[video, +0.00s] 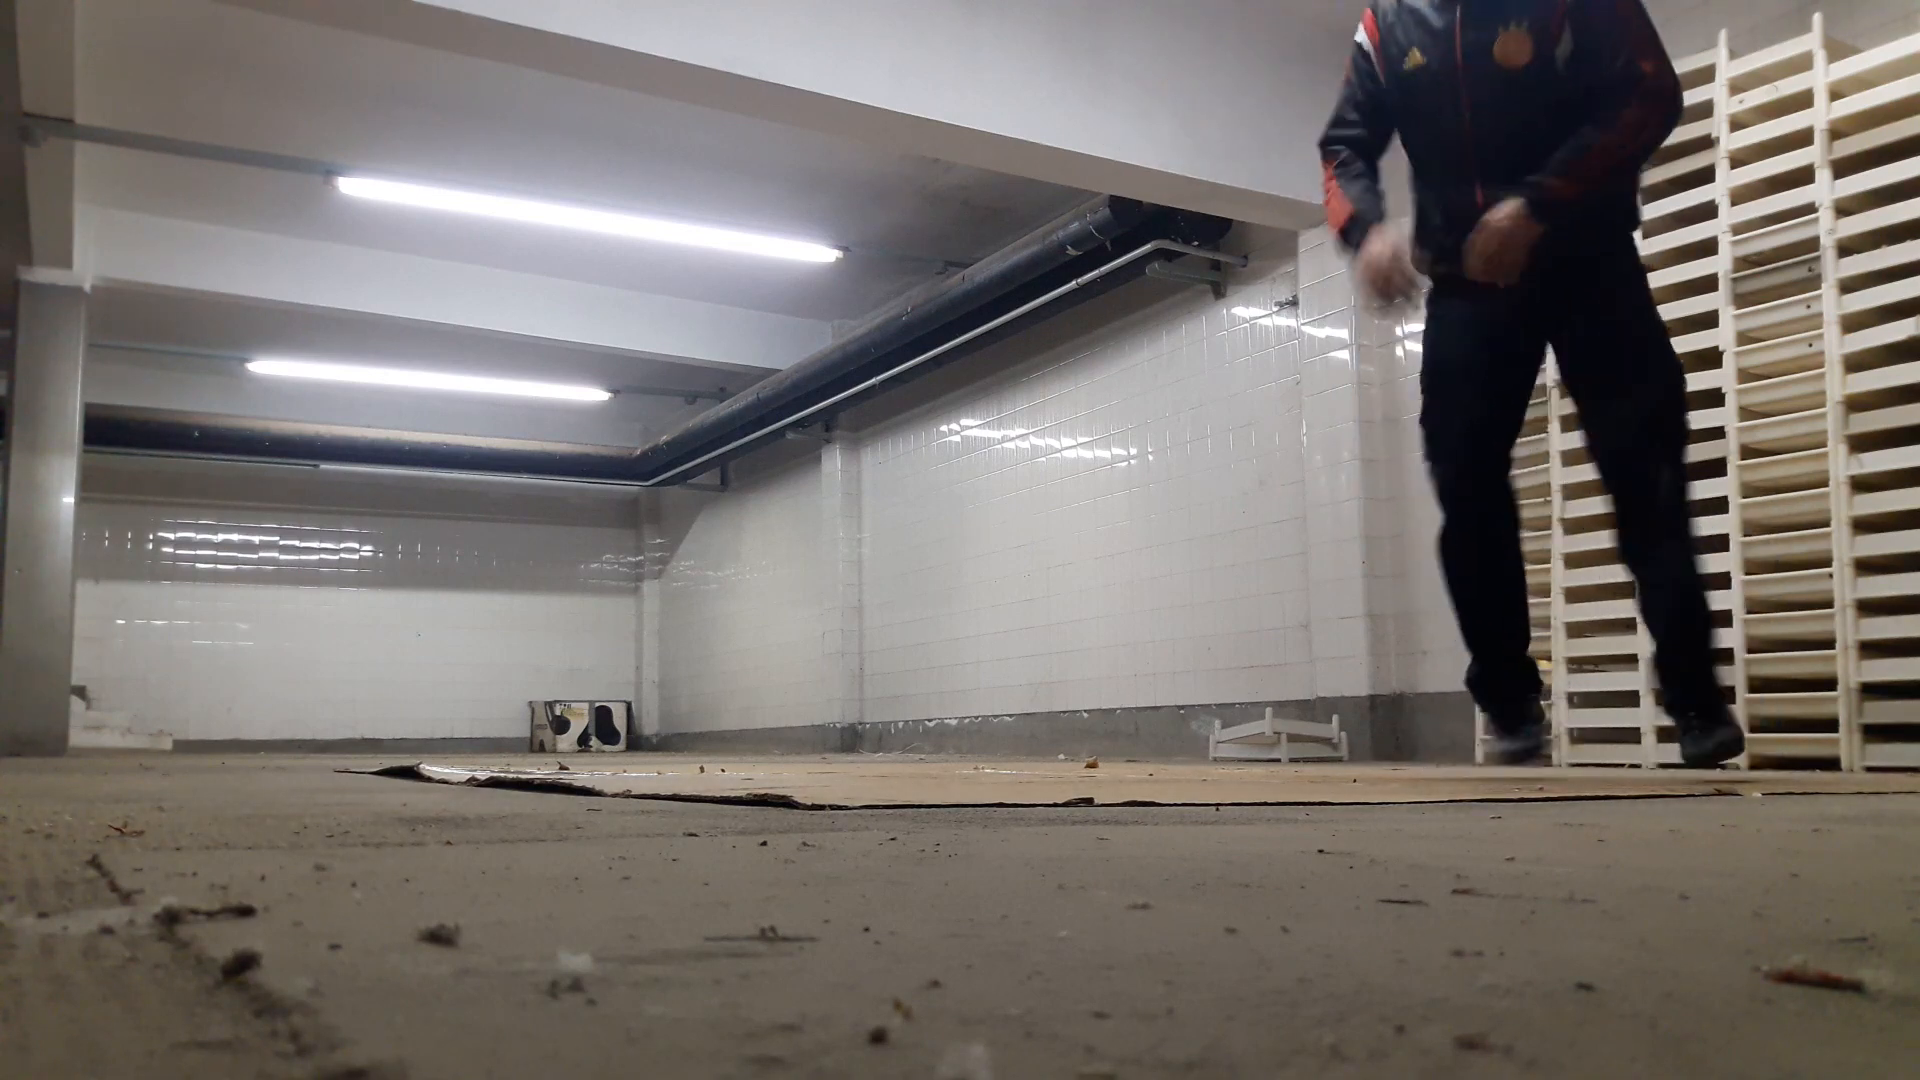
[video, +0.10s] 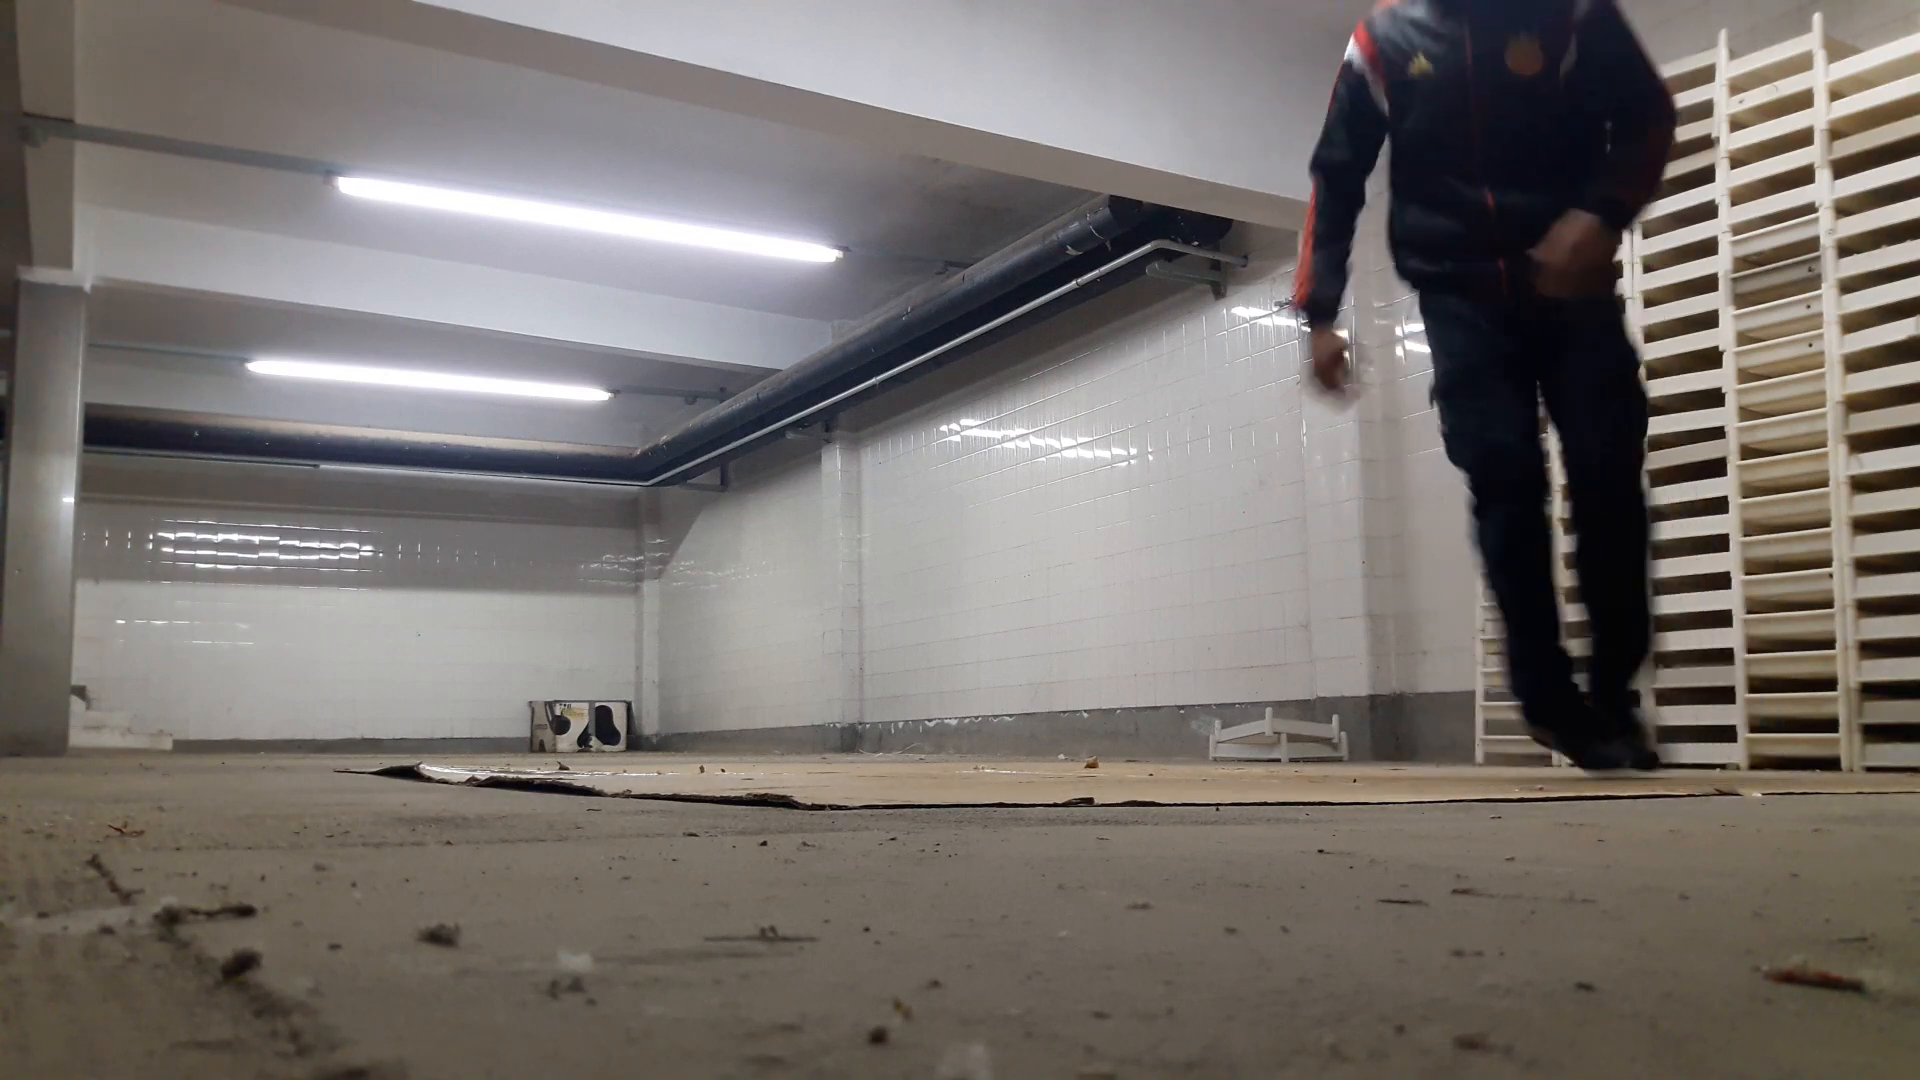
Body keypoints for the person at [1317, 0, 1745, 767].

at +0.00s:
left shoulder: (1583, 6)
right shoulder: (1391, 18)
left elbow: (1650, 95)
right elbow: (1346, 141)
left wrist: (1535, 204)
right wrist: (1364, 229)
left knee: (1648, 478)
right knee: (1467, 489)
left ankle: (1697, 702)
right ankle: (1509, 706)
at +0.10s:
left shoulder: (1580, 14)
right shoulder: (1387, 33)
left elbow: (1649, 115)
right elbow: (1338, 172)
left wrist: (1602, 214)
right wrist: (1318, 313)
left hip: (1573, 287)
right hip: (1462, 297)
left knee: (1611, 476)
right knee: (1506, 487)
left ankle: (1613, 698)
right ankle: (1549, 705)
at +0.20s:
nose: (1456, 19)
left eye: (1466, 7)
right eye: (1439, 11)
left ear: (1488, 8)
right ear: (1413, 15)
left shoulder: (1549, 75)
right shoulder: (1377, 105)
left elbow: (1622, 177)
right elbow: (1319, 253)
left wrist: (1662, 228)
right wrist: (1280, 385)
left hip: (1562, 341)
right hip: (1465, 355)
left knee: (1616, 502)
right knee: (1547, 518)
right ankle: (1576, 740)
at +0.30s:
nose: (1417, 16)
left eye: (1436, 4)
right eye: (1404, 5)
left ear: (1468, 15)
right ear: (1390, 19)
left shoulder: (1520, 109)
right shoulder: (1355, 127)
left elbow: (1569, 224)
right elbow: (1304, 266)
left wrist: (1646, 238)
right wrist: (1266, 395)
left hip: (1519, 354)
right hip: (1434, 359)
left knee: (1531, 531)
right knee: (1526, 519)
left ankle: (1397, 634)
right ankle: (1575, 737)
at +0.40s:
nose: (1401, 13)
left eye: (1419, 2)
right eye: (1388, 2)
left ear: (1445, 16)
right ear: (1371, 14)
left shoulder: (1482, 105)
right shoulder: (1328, 108)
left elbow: (1516, 217)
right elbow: (1271, 237)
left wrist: (1562, 241)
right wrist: (1255, 357)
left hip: (1453, 341)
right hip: (1372, 341)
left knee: (1437, 515)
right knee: (1447, 500)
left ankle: (1344, 665)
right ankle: (1519, 718)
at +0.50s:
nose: (1385, 56)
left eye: (1401, 43)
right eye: (1371, 41)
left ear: (1422, 56)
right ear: (1347, 52)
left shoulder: (1441, 149)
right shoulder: (1298, 137)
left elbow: (1459, 260)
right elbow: (1224, 250)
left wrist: (1495, 287)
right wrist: (1237, 361)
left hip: (1401, 366)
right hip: (1321, 361)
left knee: (1377, 540)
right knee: (1407, 495)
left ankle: (1329, 714)